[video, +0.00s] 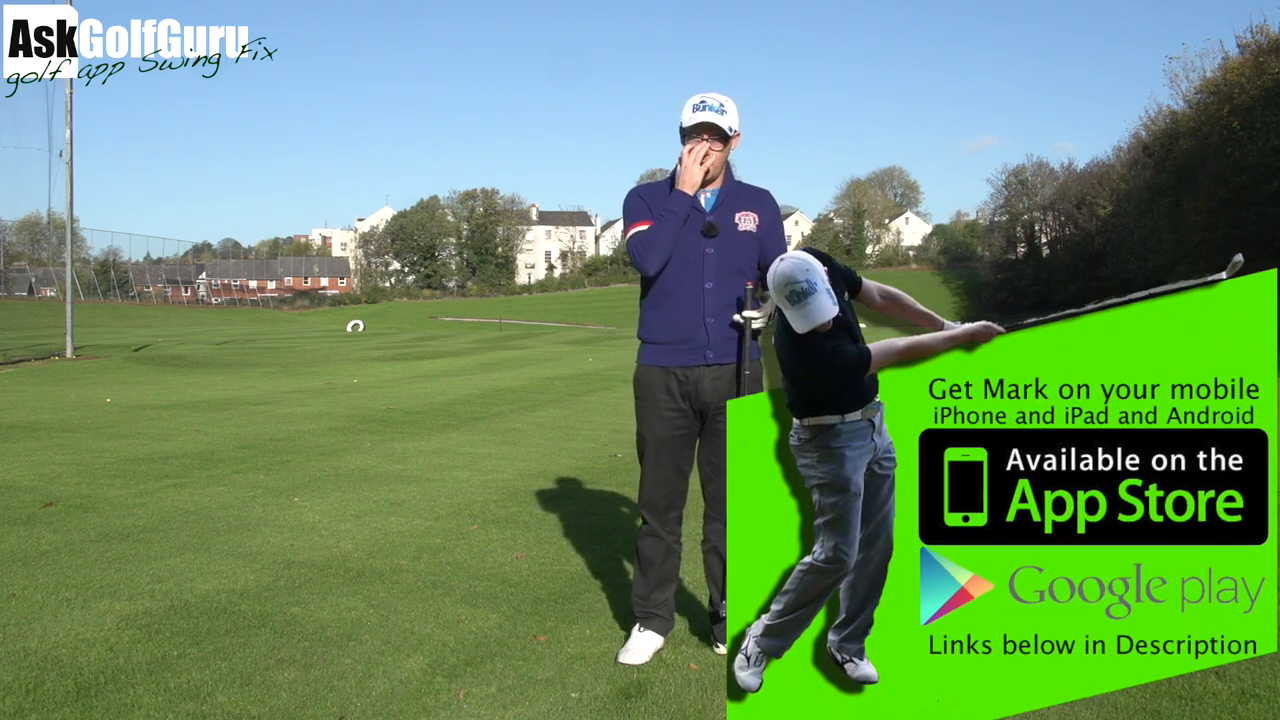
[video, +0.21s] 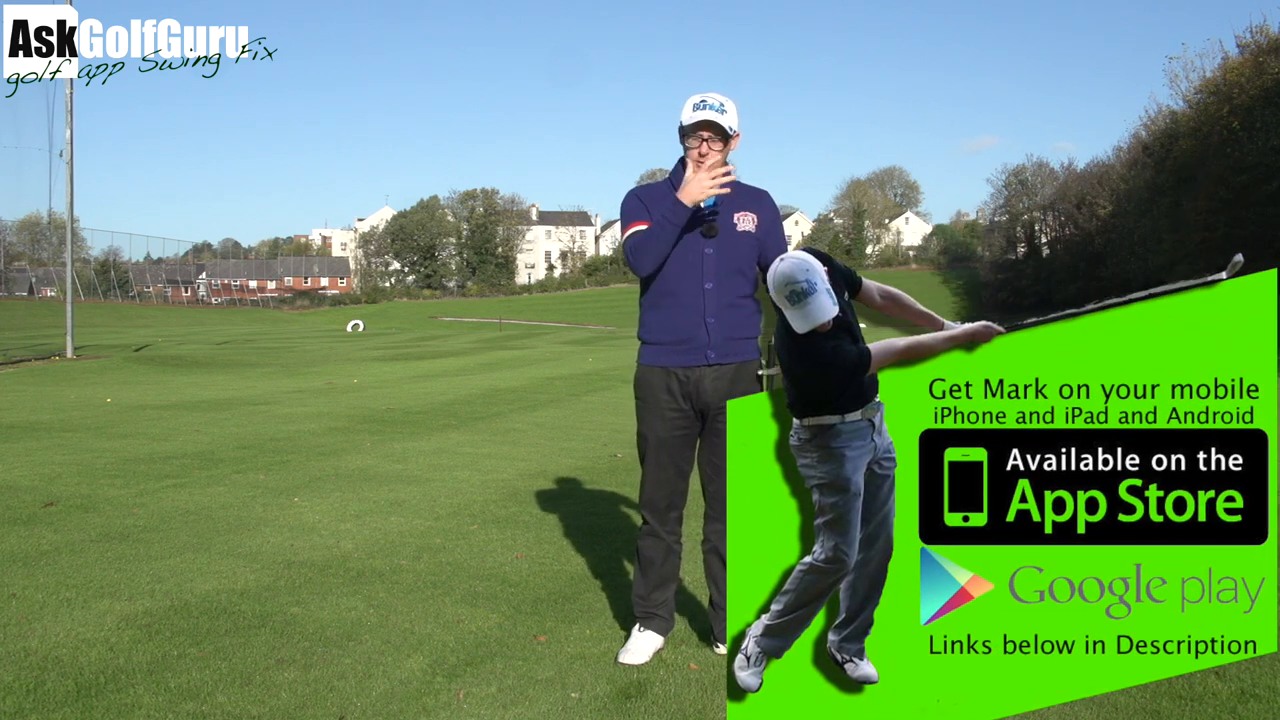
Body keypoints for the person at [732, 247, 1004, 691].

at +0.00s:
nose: (823, 324)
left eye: (825, 310)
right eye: (811, 321)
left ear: (824, 284)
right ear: (785, 309)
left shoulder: (819, 268)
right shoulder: (808, 351)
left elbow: (880, 296)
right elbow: (900, 351)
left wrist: (946, 326)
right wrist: (963, 337)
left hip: (871, 425)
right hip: (829, 439)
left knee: (874, 547)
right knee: (835, 555)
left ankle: (846, 643)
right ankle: (762, 641)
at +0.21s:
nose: (823, 324)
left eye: (826, 310)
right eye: (811, 322)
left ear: (825, 284)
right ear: (786, 309)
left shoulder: (819, 268)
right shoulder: (810, 352)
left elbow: (880, 296)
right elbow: (901, 351)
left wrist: (946, 326)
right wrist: (963, 337)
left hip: (871, 426)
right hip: (829, 440)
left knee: (874, 547)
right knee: (835, 555)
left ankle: (846, 643)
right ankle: (762, 641)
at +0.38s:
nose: (824, 324)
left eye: (826, 310)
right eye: (812, 321)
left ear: (825, 284)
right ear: (787, 309)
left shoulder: (819, 268)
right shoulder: (810, 352)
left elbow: (880, 296)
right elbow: (901, 351)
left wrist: (946, 326)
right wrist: (963, 337)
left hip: (871, 425)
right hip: (828, 439)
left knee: (874, 547)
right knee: (835, 555)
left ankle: (846, 643)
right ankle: (762, 641)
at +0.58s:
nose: (824, 324)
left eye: (826, 311)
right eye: (812, 322)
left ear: (825, 284)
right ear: (787, 310)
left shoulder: (819, 268)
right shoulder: (809, 351)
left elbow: (880, 296)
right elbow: (900, 351)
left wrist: (946, 326)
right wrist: (963, 337)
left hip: (871, 426)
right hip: (828, 440)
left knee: (874, 547)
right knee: (835, 555)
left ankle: (846, 643)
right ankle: (762, 641)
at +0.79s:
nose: (824, 324)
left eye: (825, 311)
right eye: (811, 322)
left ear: (824, 285)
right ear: (786, 310)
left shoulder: (818, 268)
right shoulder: (808, 351)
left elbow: (880, 296)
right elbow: (899, 352)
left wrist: (946, 327)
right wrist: (963, 337)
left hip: (871, 425)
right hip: (828, 439)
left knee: (874, 546)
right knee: (835, 555)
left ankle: (846, 642)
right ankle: (762, 641)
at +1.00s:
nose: (823, 324)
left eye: (825, 311)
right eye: (811, 322)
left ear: (824, 285)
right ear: (785, 311)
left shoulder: (818, 268)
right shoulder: (809, 353)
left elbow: (880, 296)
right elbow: (900, 352)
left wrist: (946, 327)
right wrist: (963, 337)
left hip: (871, 425)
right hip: (829, 439)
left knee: (874, 546)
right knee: (835, 555)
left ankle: (846, 642)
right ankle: (762, 641)